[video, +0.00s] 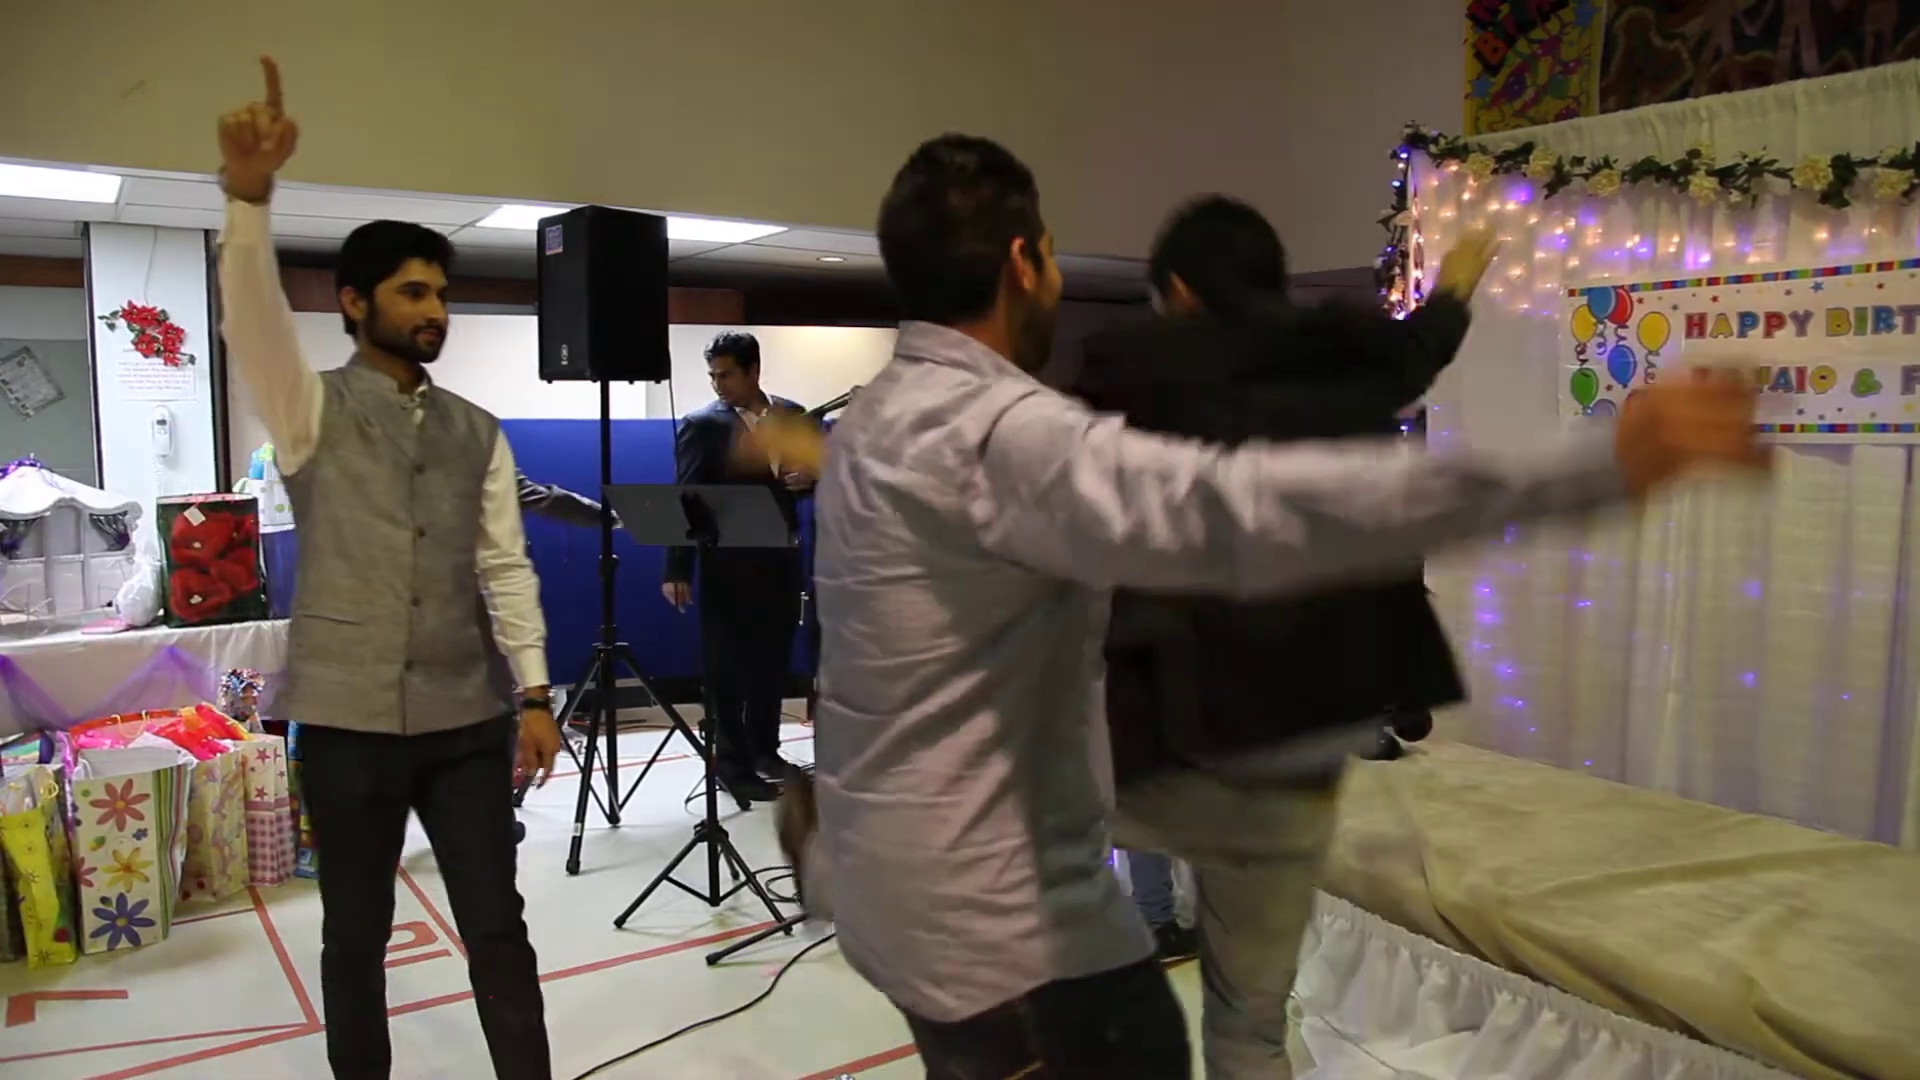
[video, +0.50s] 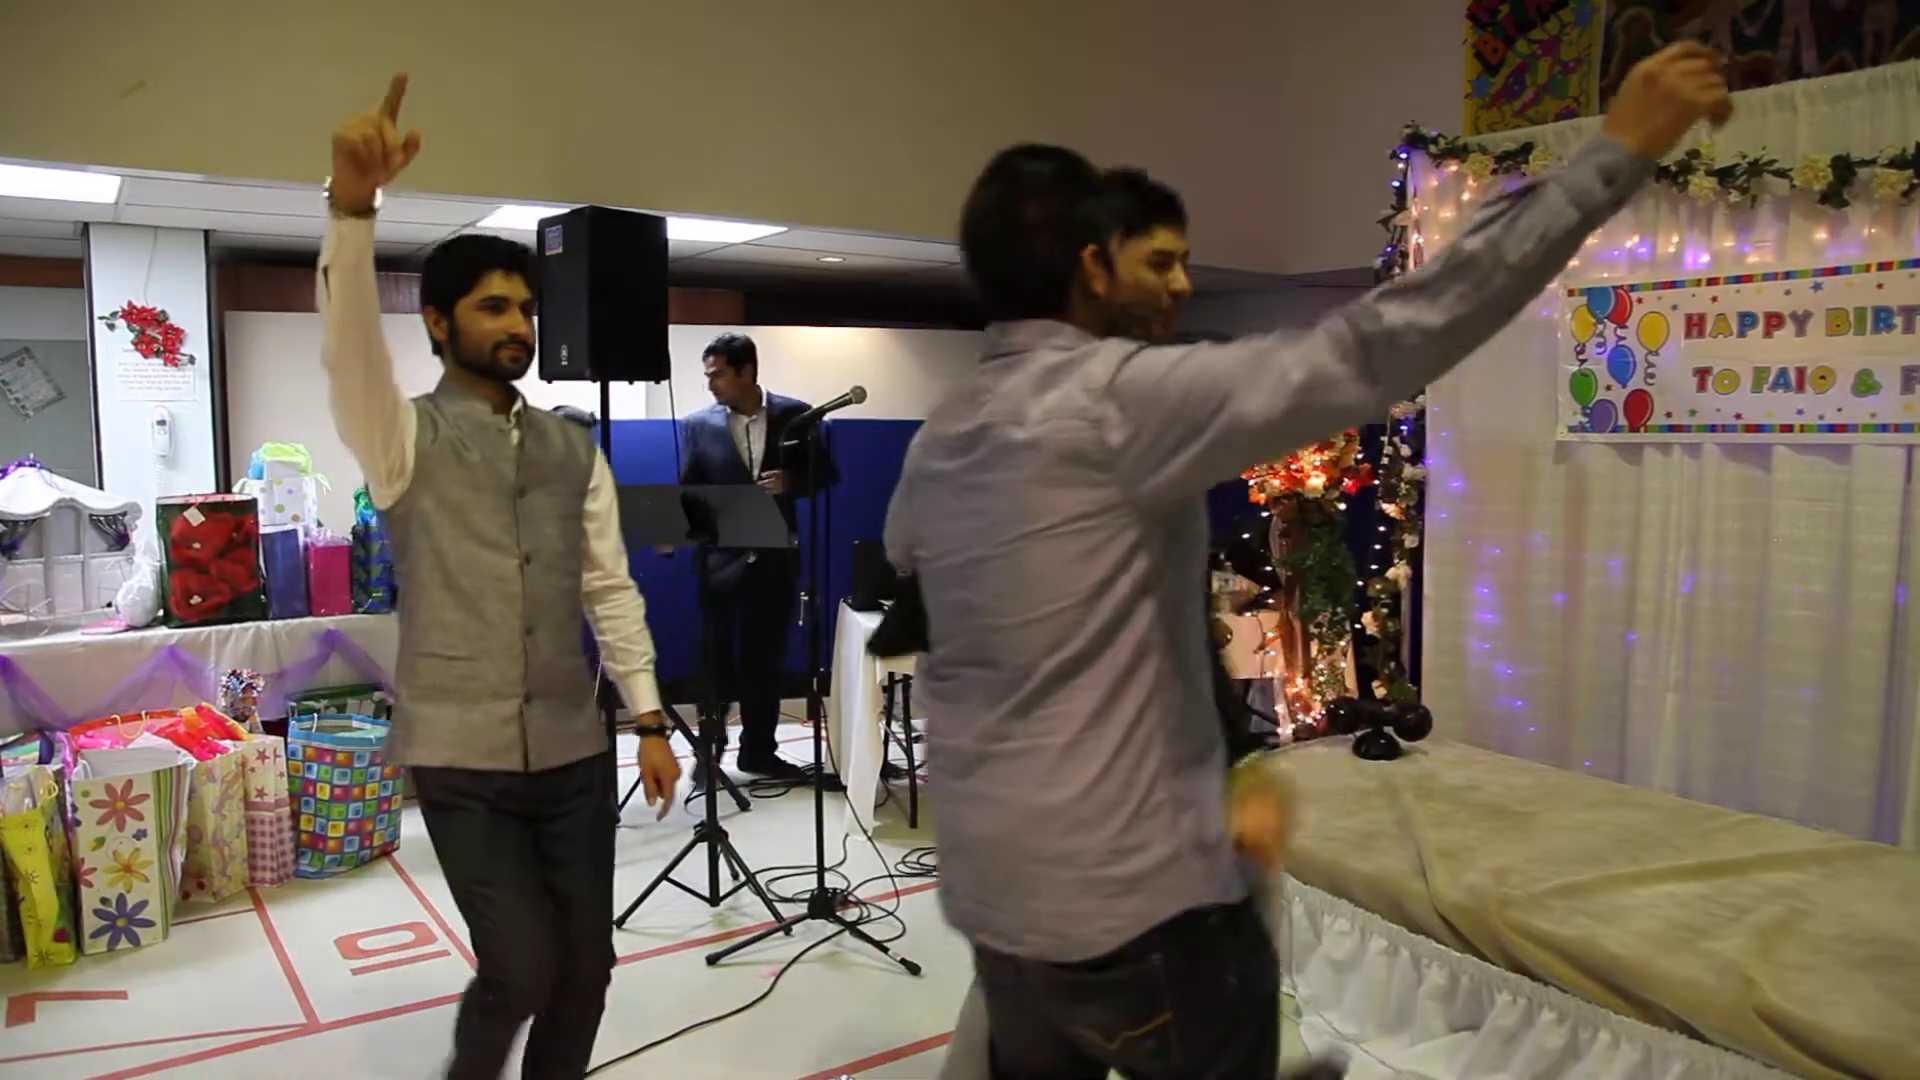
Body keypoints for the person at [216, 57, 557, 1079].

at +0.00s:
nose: (434, 309)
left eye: (441, 295)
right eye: (413, 292)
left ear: (445, 308)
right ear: (354, 301)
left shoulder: (478, 433)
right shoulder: (310, 412)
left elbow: (507, 570)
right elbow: (255, 320)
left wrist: (535, 694)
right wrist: (248, 198)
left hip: (466, 723)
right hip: (347, 726)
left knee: (498, 932)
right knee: (356, 940)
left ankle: (530, 1077)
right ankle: (362, 1076)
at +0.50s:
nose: (518, 323)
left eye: (527, 309)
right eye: (493, 307)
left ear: (536, 325)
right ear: (439, 321)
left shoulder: (574, 449)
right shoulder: (405, 439)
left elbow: (611, 591)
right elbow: (351, 349)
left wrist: (647, 717)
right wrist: (352, 209)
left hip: (573, 752)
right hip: (460, 757)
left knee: (586, 974)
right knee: (523, 969)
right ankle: (470, 1072)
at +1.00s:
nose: (544, 305)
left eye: (555, 288)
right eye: (519, 287)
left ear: (570, 306)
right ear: (463, 305)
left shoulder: (612, 436)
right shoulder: (427, 425)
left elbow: (649, 590)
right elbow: (367, 318)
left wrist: (678, 730)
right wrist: (366, 167)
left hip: (597, 764)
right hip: (480, 766)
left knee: (574, 1004)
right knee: (531, 1011)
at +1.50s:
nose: (501, 256)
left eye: (507, 240)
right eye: (471, 238)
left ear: (515, 261)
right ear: (405, 260)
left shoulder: (546, 395)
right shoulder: (373, 387)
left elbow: (646, 483)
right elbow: (346, 259)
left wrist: (750, 558)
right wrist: (332, 79)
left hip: (554, 759)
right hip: (438, 768)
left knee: (556, 1003)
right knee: (480, 1043)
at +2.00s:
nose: (504, 266)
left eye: (502, 245)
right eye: (477, 247)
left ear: (503, 262)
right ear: (398, 268)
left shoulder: (493, 399)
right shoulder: (367, 425)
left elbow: (587, 367)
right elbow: (407, 267)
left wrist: (675, 283)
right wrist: (463, 47)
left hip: (535, 819)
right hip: (443, 843)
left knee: (639, 1046)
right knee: (504, 1072)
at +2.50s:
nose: (530, 261)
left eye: (531, 239)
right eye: (502, 233)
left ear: (529, 258)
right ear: (432, 244)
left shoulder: (505, 382)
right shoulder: (384, 410)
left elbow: (587, 323)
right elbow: (421, 242)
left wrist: (670, 223)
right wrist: (482, 26)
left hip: (561, 827)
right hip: (463, 851)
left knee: (622, 1065)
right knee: (479, 1074)